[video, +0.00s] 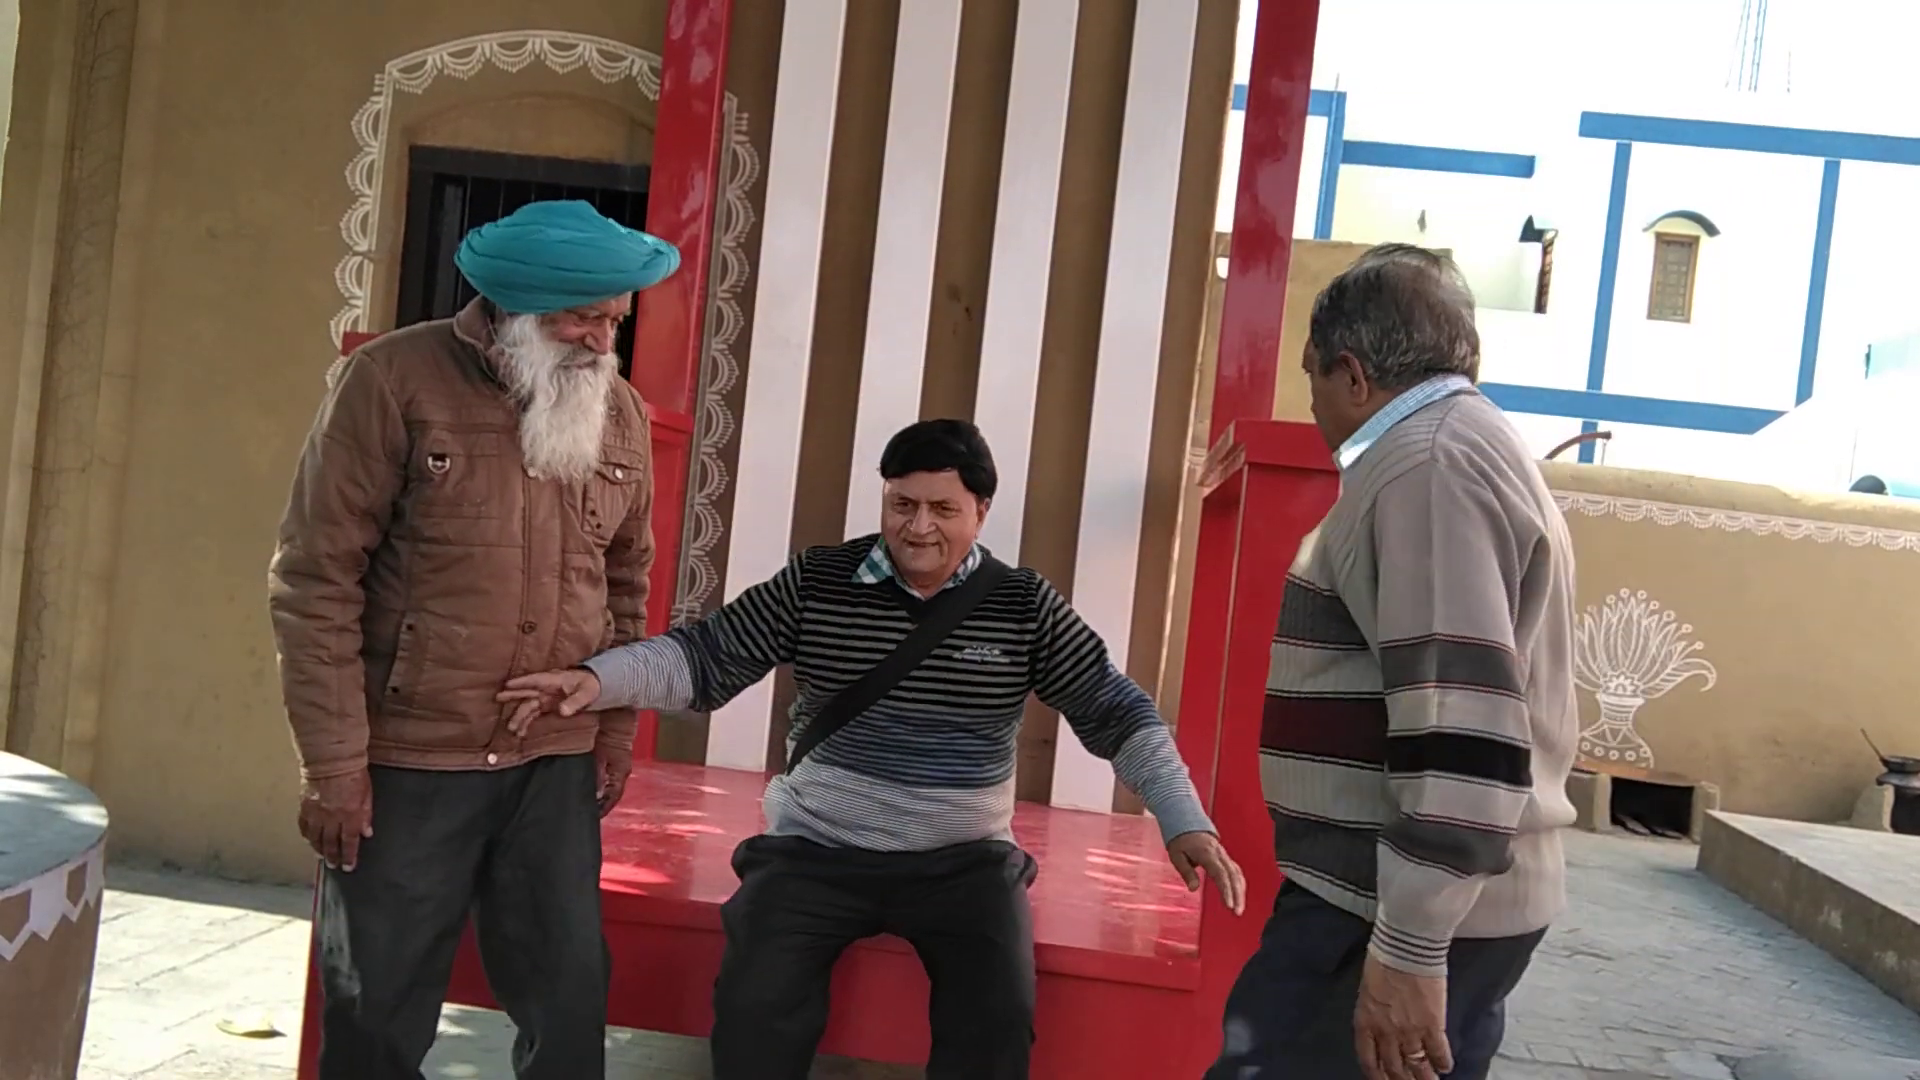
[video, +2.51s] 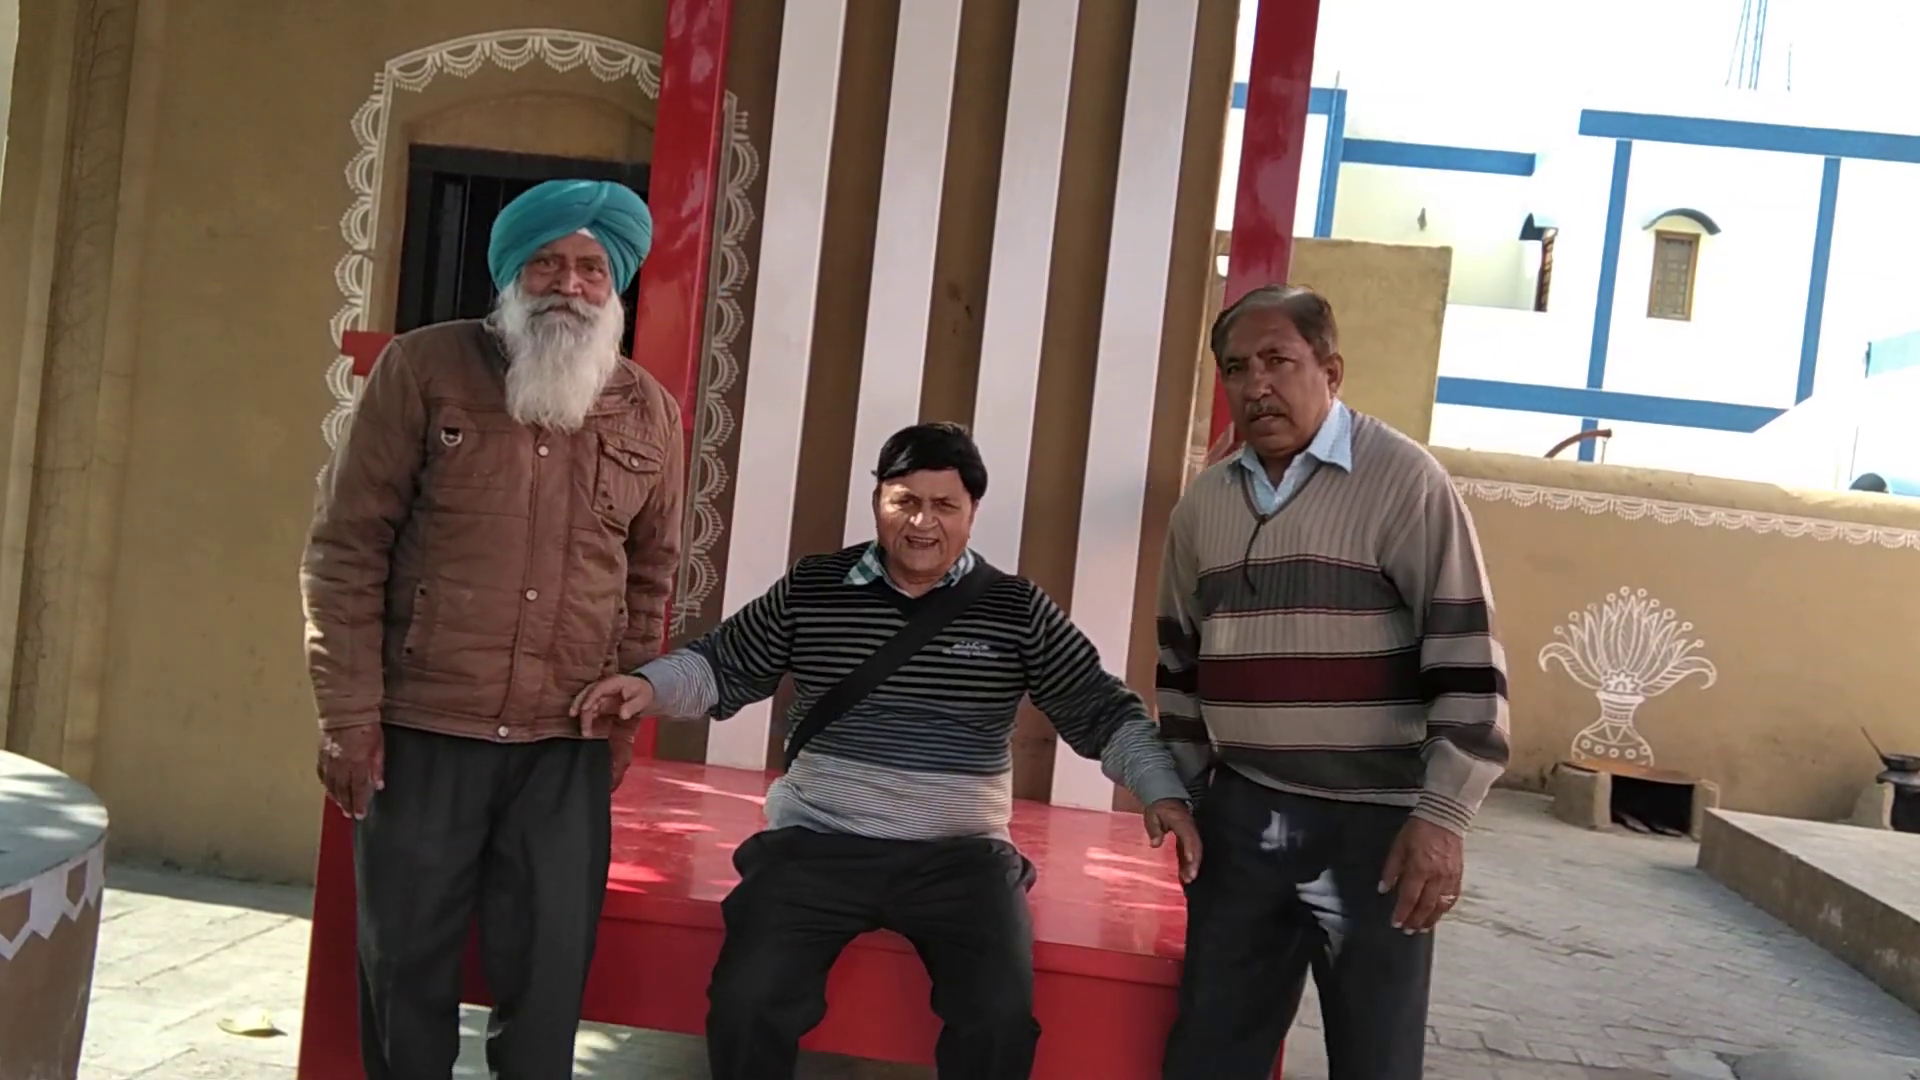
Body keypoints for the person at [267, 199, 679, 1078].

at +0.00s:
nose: (602, 337)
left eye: (614, 318)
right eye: (584, 316)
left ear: (621, 313)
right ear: (517, 306)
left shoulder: (619, 412)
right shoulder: (393, 379)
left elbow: (626, 585)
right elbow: (315, 575)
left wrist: (616, 728)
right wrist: (335, 763)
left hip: (553, 776)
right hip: (410, 776)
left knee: (569, 1013)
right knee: (378, 1032)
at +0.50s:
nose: (646, 312)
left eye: (666, 297)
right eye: (626, 288)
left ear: (684, 312)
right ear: (582, 293)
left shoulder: (696, 429)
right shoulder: (481, 369)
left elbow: (686, 595)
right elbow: (386, 544)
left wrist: (653, 726)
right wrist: (382, 719)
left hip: (591, 767)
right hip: (452, 753)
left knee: (559, 1028)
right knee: (400, 1016)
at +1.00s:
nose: (696, 318)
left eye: (720, 304)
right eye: (677, 296)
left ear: (739, 328)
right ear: (635, 303)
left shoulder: (743, 444)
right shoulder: (539, 370)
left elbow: (709, 600)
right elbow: (432, 525)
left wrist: (668, 729)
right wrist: (411, 686)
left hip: (612, 760)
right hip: (476, 737)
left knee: (568, 1016)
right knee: (415, 995)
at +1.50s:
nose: (653, 301)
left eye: (675, 286)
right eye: (635, 278)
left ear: (698, 308)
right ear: (595, 285)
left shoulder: (708, 430)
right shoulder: (497, 367)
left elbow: (697, 594)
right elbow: (401, 532)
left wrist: (655, 731)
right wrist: (397, 700)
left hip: (600, 756)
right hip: (463, 741)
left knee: (562, 1017)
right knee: (432, 1004)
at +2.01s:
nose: (615, 294)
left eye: (638, 279)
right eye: (596, 271)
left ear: (662, 301)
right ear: (557, 279)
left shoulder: (682, 427)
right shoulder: (461, 365)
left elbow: (679, 588)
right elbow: (371, 538)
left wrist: (636, 713)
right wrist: (362, 705)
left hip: (576, 755)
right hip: (435, 742)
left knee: (550, 1012)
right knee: (415, 1003)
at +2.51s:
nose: (573, 282)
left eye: (594, 267)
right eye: (552, 262)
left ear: (619, 289)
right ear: (512, 273)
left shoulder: (648, 412)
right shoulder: (425, 366)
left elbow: (651, 582)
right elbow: (349, 546)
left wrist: (628, 695)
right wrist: (350, 715)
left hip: (567, 756)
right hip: (425, 746)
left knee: (544, 1009)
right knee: (404, 996)